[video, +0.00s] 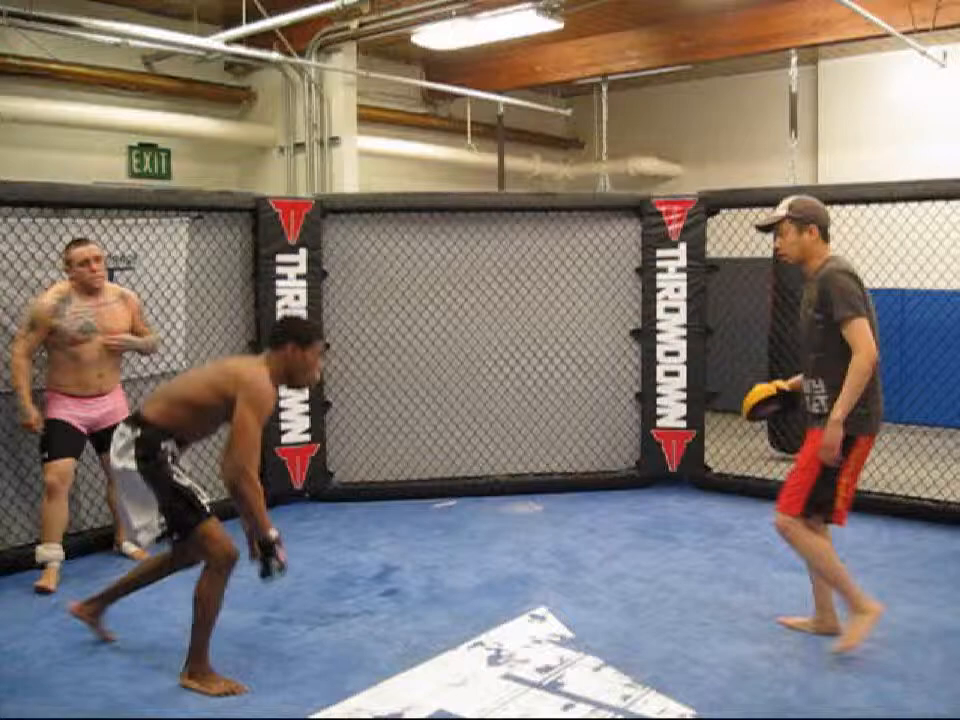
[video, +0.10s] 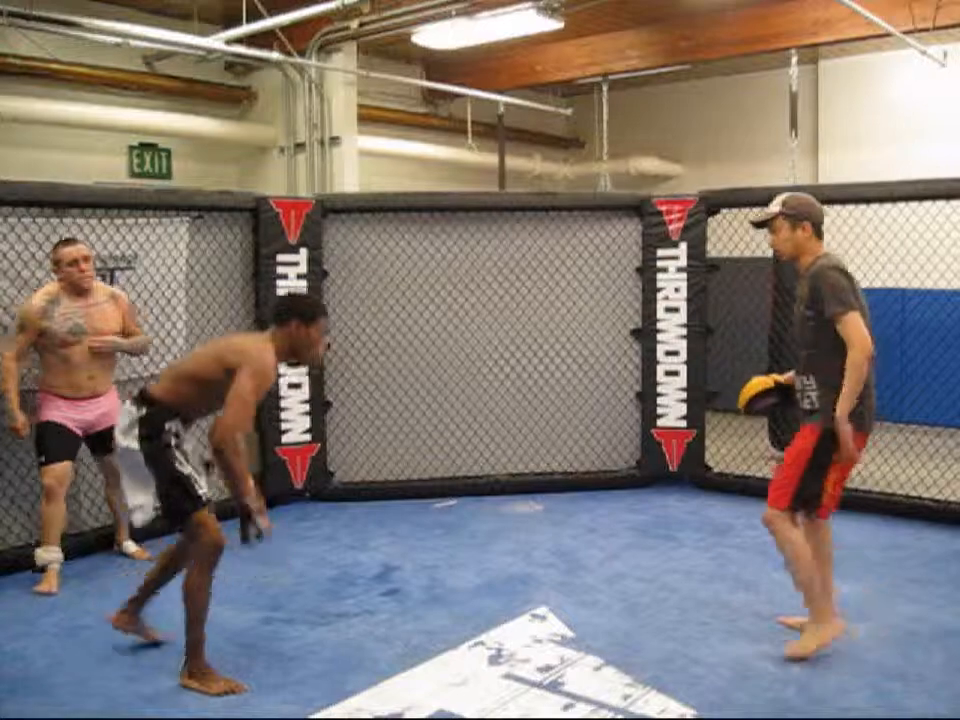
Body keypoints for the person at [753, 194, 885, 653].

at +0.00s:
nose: (777, 244)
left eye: (782, 234)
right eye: (776, 235)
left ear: (810, 233)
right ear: (804, 234)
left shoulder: (836, 278)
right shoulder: (817, 280)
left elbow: (866, 353)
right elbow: (830, 363)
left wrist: (836, 421)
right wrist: (790, 386)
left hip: (845, 423)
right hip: (828, 420)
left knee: (790, 519)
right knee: (811, 521)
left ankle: (863, 606)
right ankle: (823, 615)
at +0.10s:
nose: (770, 238)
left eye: (775, 229)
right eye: (770, 230)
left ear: (803, 230)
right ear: (800, 232)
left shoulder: (827, 275)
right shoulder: (814, 276)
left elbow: (862, 347)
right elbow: (828, 361)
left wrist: (842, 414)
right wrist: (787, 380)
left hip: (831, 419)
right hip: (828, 416)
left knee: (778, 514)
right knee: (813, 517)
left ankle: (822, 619)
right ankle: (823, 612)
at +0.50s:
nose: (742, 228)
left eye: (746, 219)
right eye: (742, 219)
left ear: (771, 222)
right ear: (779, 222)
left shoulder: (782, 273)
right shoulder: (812, 264)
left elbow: (767, 357)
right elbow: (788, 324)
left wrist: (715, 391)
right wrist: (735, 303)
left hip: (792, 420)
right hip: (822, 416)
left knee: (760, 526)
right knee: (805, 521)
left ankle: (764, 643)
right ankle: (822, 622)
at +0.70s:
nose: (741, 228)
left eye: (745, 219)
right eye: (740, 220)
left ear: (772, 222)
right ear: (780, 224)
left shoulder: (777, 273)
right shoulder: (805, 267)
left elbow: (752, 350)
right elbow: (735, 291)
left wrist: (693, 347)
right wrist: (719, 241)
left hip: (784, 423)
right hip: (813, 421)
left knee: (715, 509)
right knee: (805, 519)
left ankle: (748, 625)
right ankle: (825, 630)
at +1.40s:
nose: (611, 230)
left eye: (616, 221)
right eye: (611, 220)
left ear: (642, 225)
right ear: (654, 222)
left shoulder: (657, 273)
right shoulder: (698, 252)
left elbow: (668, 365)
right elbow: (714, 323)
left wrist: (616, 404)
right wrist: (650, 316)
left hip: (698, 420)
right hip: (744, 405)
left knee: (670, 536)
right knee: (765, 517)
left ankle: (661, 657)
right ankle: (804, 631)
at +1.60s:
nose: (626, 224)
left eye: (629, 214)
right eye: (626, 214)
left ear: (650, 216)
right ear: (674, 214)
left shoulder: (650, 273)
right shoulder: (728, 259)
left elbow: (662, 367)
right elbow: (771, 334)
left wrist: (658, 448)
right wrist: (757, 369)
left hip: (689, 427)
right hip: (746, 419)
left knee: (659, 541)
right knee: (771, 531)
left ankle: (659, 657)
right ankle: (801, 646)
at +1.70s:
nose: (646, 226)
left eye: (649, 217)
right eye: (647, 217)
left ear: (666, 219)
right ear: (702, 217)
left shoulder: (659, 278)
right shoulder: (752, 268)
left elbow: (671, 369)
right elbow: (786, 346)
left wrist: (678, 451)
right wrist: (792, 371)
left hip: (692, 438)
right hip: (755, 433)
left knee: (656, 544)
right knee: (781, 546)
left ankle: (658, 657)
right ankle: (810, 665)